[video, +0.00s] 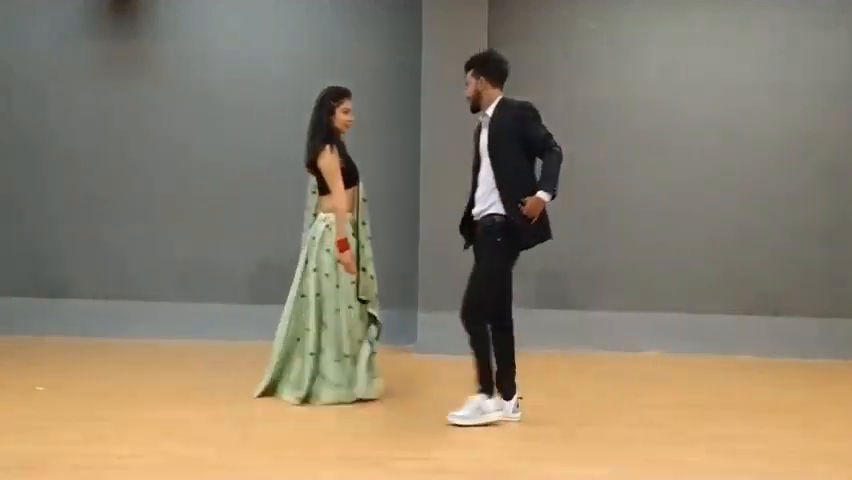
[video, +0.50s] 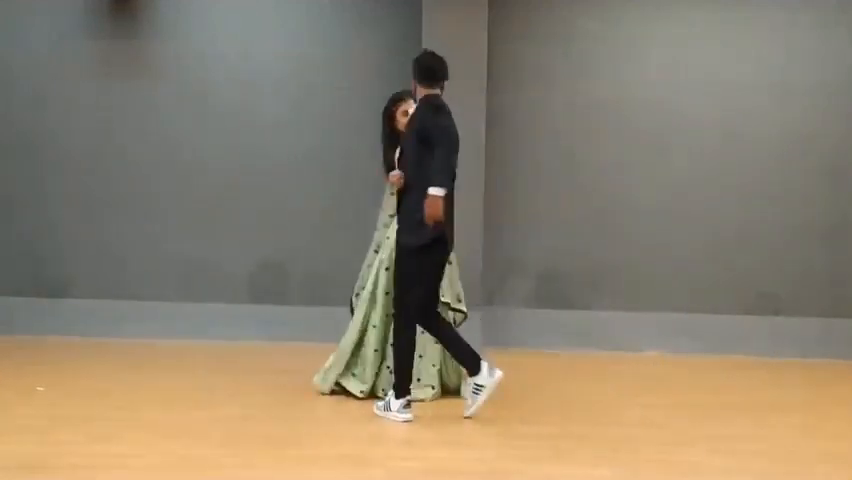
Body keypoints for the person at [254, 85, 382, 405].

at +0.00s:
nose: (350, 117)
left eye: (351, 111)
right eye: (345, 112)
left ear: (337, 114)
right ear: (329, 114)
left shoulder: (334, 149)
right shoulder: (328, 151)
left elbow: (338, 200)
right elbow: (339, 200)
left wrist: (346, 242)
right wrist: (344, 244)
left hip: (338, 234)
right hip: (334, 236)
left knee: (340, 308)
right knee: (337, 309)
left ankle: (338, 377)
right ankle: (335, 379)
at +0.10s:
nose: (361, 120)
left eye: (362, 114)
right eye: (356, 114)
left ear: (351, 118)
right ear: (340, 117)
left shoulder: (345, 152)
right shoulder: (343, 153)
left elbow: (353, 195)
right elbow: (353, 195)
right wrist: (359, 239)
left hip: (346, 231)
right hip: (345, 233)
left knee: (349, 305)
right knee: (349, 306)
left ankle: (351, 374)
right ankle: (353, 376)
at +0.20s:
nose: (374, 123)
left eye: (374, 118)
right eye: (367, 118)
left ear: (371, 121)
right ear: (352, 121)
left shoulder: (361, 155)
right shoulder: (356, 157)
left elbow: (367, 196)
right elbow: (367, 196)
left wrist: (374, 230)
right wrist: (372, 234)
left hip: (360, 234)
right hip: (359, 235)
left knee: (363, 305)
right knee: (361, 305)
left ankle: (361, 373)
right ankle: (360, 374)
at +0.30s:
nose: (386, 123)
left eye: (388, 117)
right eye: (380, 118)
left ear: (387, 120)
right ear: (364, 123)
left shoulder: (376, 154)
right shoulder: (371, 156)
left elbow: (386, 191)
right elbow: (380, 190)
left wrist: (398, 213)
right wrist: (385, 217)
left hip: (379, 231)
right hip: (376, 234)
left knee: (380, 305)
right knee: (378, 305)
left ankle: (379, 374)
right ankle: (380, 375)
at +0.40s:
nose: (399, 120)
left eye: (399, 114)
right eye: (392, 115)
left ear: (399, 118)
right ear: (377, 120)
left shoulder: (394, 152)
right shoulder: (386, 153)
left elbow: (403, 193)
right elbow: (391, 183)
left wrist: (415, 204)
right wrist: (390, 201)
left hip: (401, 232)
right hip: (392, 233)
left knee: (399, 305)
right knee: (392, 304)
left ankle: (397, 373)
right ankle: (391, 375)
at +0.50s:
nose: (410, 118)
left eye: (413, 112)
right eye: (403, 114)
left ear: (420, 115)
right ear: (392, 121)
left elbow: (436, 179)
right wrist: (396, 180)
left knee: (427, 304)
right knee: (394, 302)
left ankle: (427, 374)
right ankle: (394, 374)